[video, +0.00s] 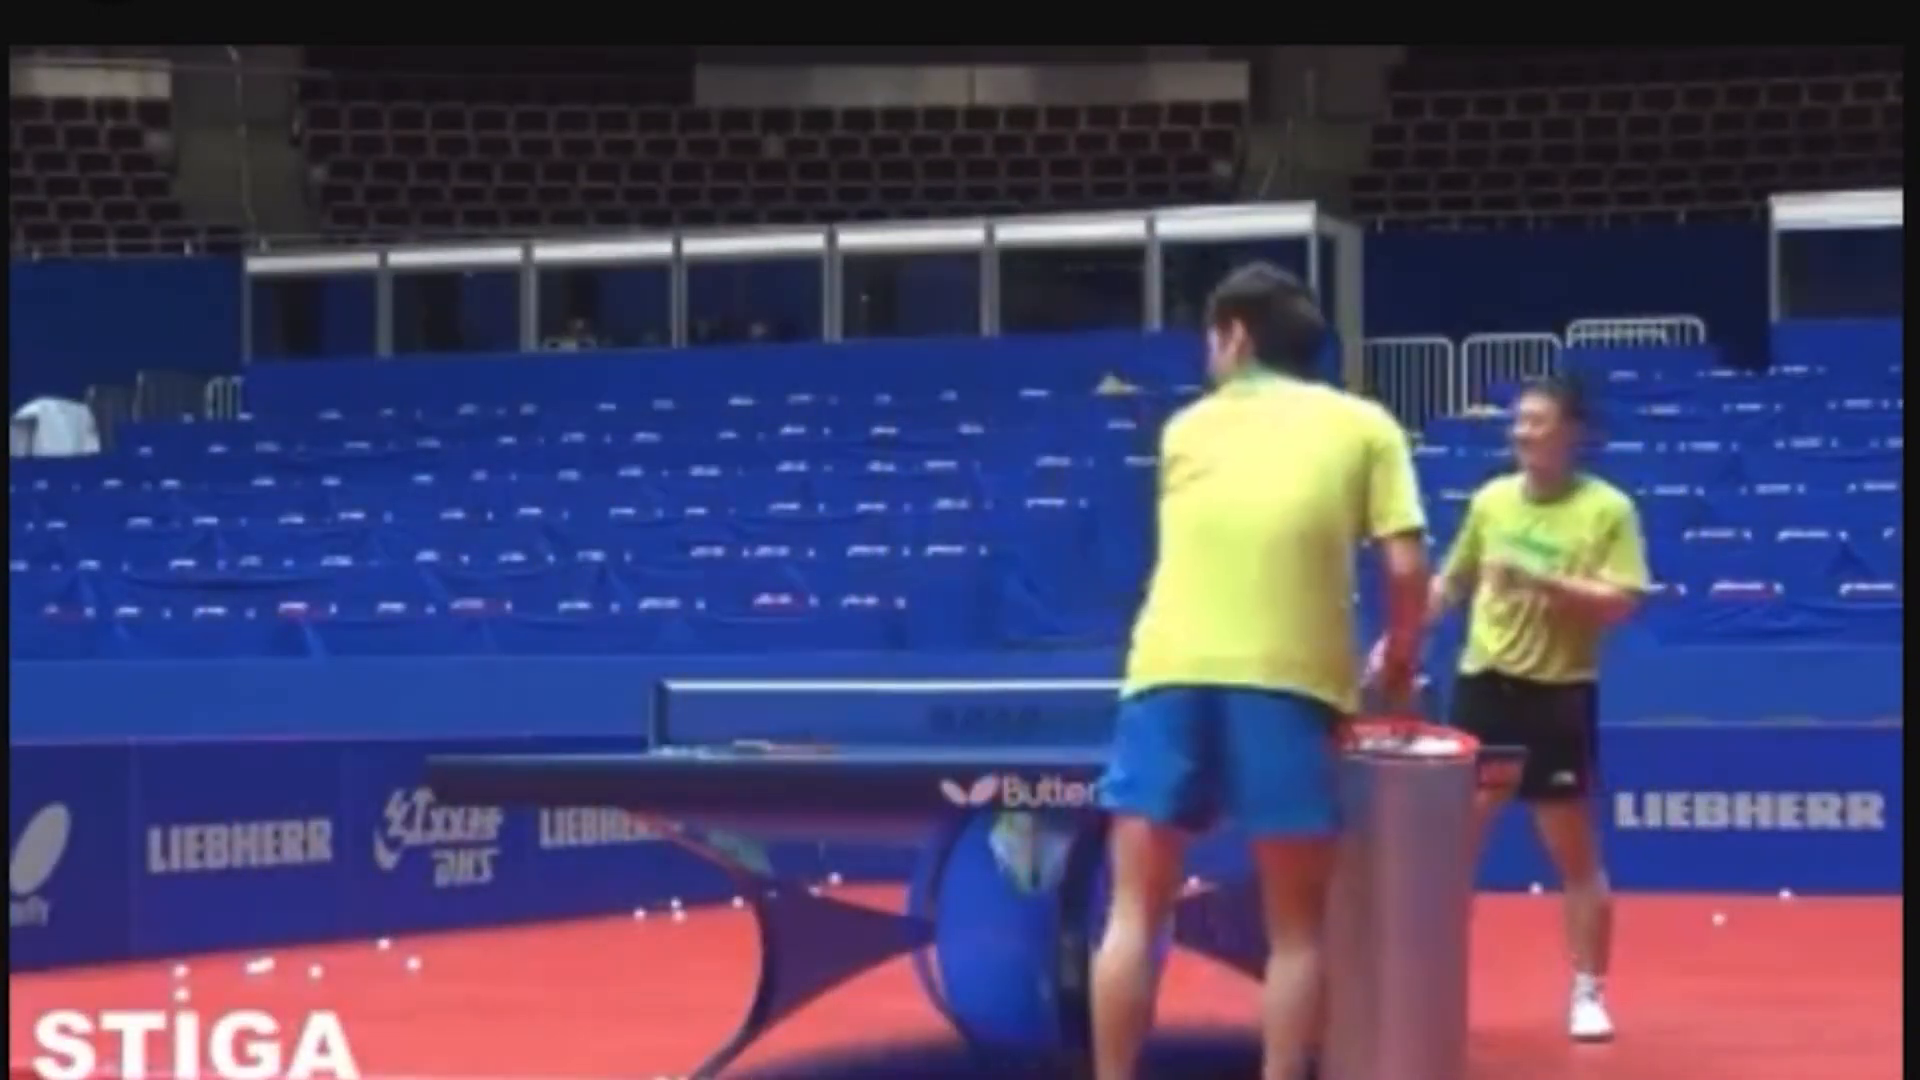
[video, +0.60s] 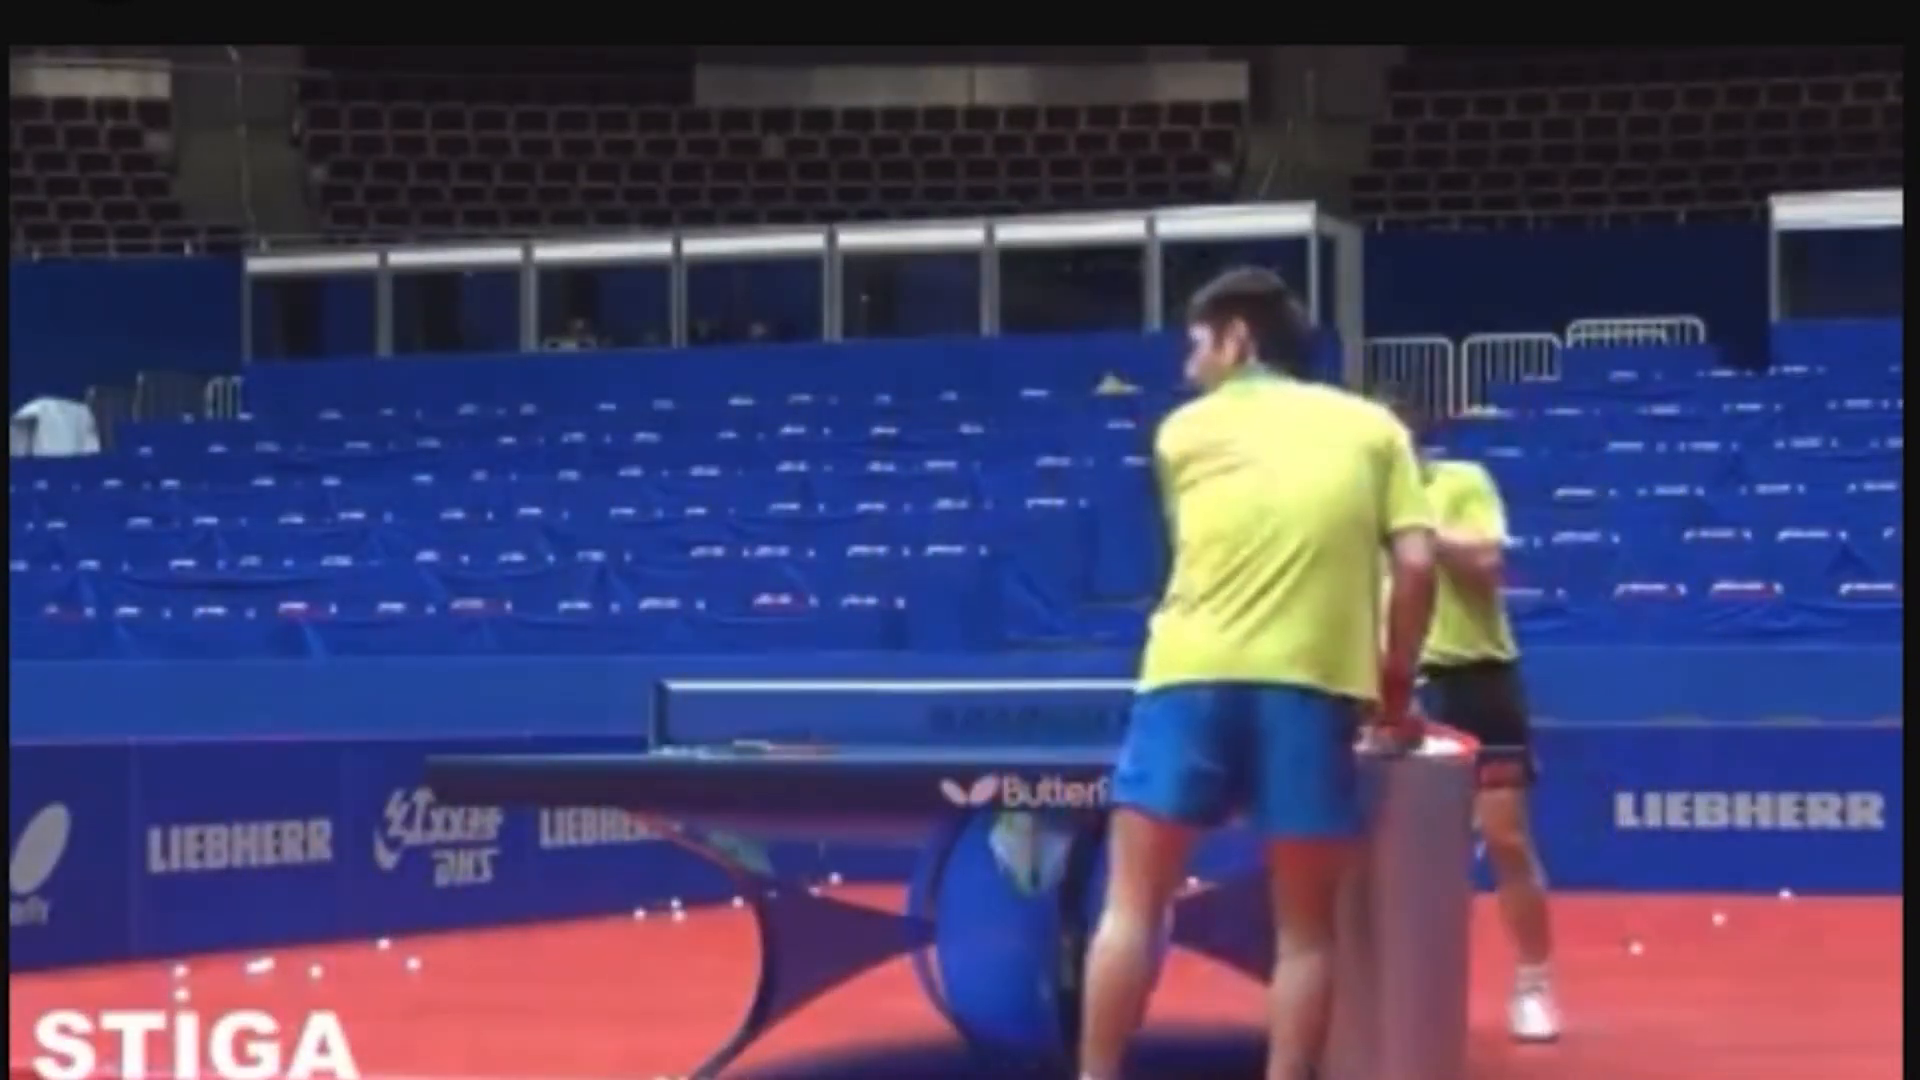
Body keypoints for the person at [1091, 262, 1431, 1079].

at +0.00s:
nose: (1208, 356)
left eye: (1212, 340)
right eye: (1209, 341)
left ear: (1235, 338)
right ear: (1305, 345)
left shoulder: (1188, 426)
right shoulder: (1365, 424)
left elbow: (1192, 557)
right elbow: (1406, 568)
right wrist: (1397, 665)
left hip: (1165, 674)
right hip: (1285, 681)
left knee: (1134, 909)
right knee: (1293, 927)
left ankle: (1112, 1072)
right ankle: (1283, 1073)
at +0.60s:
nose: (1188, 365)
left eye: (1195, 347)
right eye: (1188, 348)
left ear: (1236, 340)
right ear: (1288, 346)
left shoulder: (1184, 427)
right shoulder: (1373, 423)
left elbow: (1199, 553)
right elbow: (1416, 563)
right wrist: (1396, 693)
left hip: (1187, 676)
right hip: (1310, 688)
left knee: (1133, 904)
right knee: (1302, 932)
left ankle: (1096, 1071)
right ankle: (1285, 1073)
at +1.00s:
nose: (1052, 338)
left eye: (1063, 319)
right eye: (1053, 320)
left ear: (1108, 317)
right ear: (1133, 322)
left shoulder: (1058, 417)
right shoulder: (1239, 409)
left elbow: (1011, 561)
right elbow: (1322, 528)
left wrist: (1060, 631)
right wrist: (1261, 592)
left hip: (1100, 695)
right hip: (1226, 694)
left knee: (1064, 909)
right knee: (1245, 900)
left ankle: (1080, 1070)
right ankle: (1271, 1070)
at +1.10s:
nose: (1006, 332)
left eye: (1018, 314)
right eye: (1006, 313)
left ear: (1068, 314)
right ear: (1084, 319)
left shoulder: (1018, 412)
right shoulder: (1190, 409)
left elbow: (972, 552)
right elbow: (1271, 533)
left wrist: (985, 642)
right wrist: (1203, 586)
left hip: (1057, 698)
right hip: (1179, 694)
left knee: (1043, 920)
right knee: (1202, 894)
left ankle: (1074, 1071)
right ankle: (1255, 1064)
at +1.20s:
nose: (966, 328)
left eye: (979, 309)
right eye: (967, 309)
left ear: (1028, 311)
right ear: (1043, 316)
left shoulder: (986, 408)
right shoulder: (1140, 407)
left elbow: (944, 537)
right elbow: (1226, 525)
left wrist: (934, 636)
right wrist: (1156, 601)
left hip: (1027, 699)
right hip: (1133, 695)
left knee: (1032, 926)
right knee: (1129, 893)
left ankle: (1073, 1070)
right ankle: (1195, 1060)